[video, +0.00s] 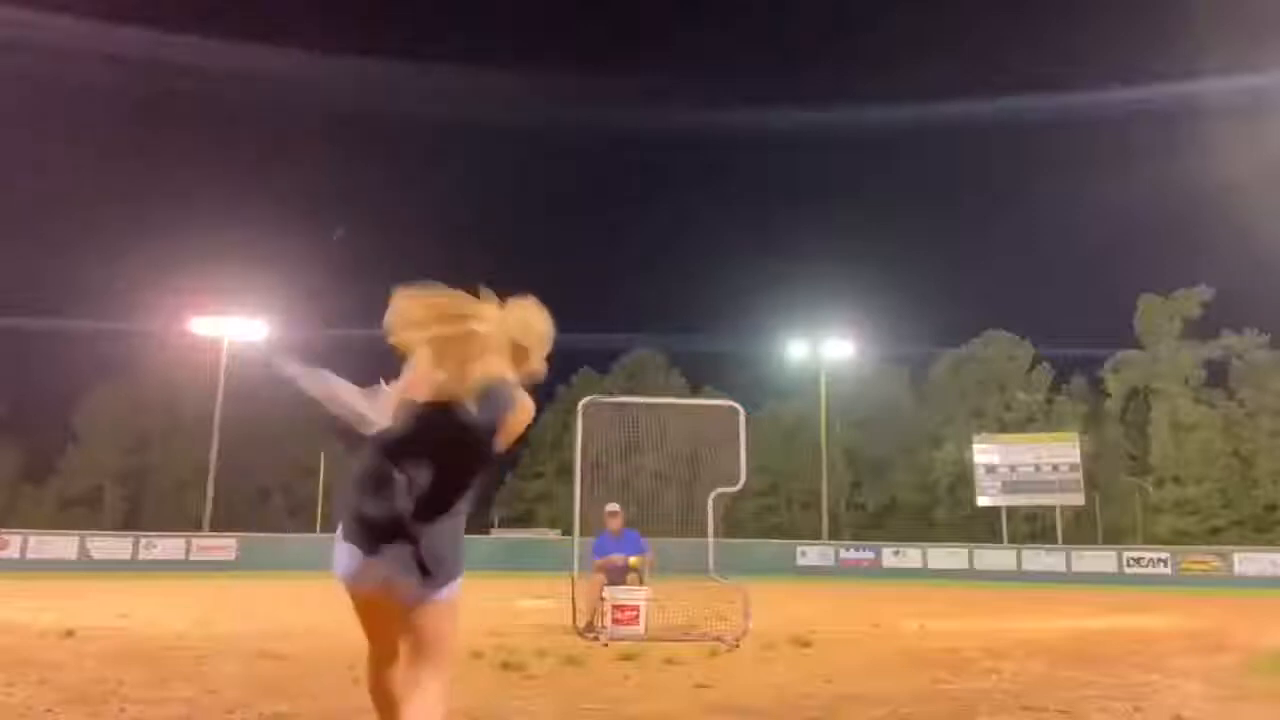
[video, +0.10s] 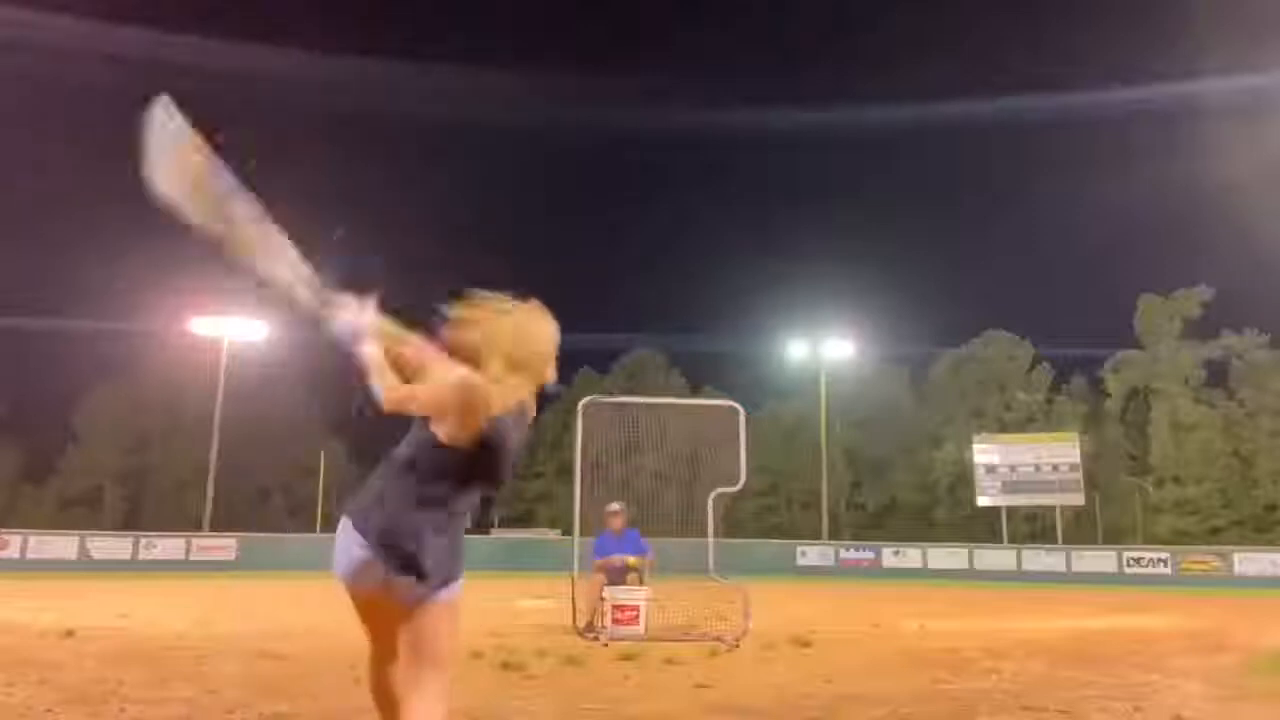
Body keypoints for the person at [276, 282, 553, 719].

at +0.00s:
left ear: (439, 336)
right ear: (505, 348)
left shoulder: (415, 378)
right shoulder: (509, 407)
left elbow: (374, 413)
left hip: (364, 535)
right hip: (434, 542)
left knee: (382, 653)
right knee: (430, 669)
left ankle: (393, 718)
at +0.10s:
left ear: (487, 343)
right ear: (533, 356)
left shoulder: (465, 387)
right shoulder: (521, 405)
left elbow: (390, 396)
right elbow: (426, 356)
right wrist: (372, 325)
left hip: (369, 532)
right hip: (435, 546)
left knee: (384, 653)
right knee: (428, 682)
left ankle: (393, 715)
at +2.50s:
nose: (374, 255)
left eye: (371, 247)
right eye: (369, 246)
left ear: (316, 238)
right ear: (355, 243)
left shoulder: (302, 286)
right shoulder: (330, 275)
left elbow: (387, 384)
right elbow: (366, 350)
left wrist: (433, 332)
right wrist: (410, 302)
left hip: (248, 473)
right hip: (293, 475)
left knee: (255, 635)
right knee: (345, 625)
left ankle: (185, 713)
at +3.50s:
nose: (379, 269)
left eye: (380, 260)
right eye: (377, 258)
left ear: (321, 246)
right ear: (358, 250)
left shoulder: (303, 295)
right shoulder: (327, 279)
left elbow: (400, 381)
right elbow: (356, 339)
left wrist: (430, 320)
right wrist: (398, 296)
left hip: (250, 485)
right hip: (287, 488)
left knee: (258, 640)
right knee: (352, 627)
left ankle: (185, 713)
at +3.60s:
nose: (385, 269)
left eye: (385, 260)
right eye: (383, 258)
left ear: (329, 247)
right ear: (367, 252)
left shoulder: (312, 298)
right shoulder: (326, 281)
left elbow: (403, 383)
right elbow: (360, 340)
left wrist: (433, 320)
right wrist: (403, 298)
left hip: (253, 486)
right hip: (288, 486)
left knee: (258, 642)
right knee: (355, 628)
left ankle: (185, 714)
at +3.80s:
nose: (401, 273)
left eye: (402, 265)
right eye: (401, 262)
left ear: (346, 249)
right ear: (389, 256)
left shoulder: (329, 297)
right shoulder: (342, 283)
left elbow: (416, 387)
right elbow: (371, 345)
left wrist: (449, 328)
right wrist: (422, 302)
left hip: (257, 485)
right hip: (292, 486)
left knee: (259, 641)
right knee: (359, 631)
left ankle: (183, 714)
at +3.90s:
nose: (411, 274)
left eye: (413, 266)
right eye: (410, 262)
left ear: (356, 248)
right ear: (395, 255)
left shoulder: (338, 298)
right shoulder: (352, 280)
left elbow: (421, 389)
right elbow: (373, 344)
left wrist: (462, 336)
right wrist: (436, 306)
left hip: (262, 482)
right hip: (297, 484)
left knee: (261, 641)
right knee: (364, 631)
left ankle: (186, 712)